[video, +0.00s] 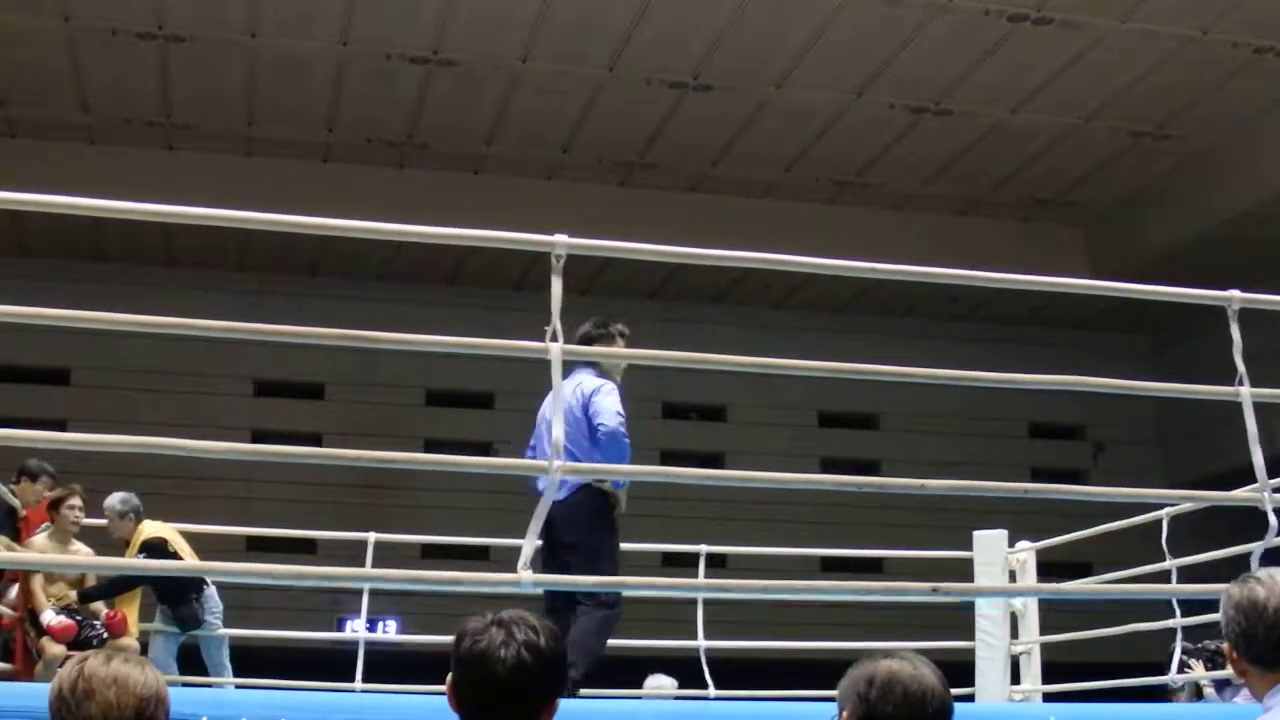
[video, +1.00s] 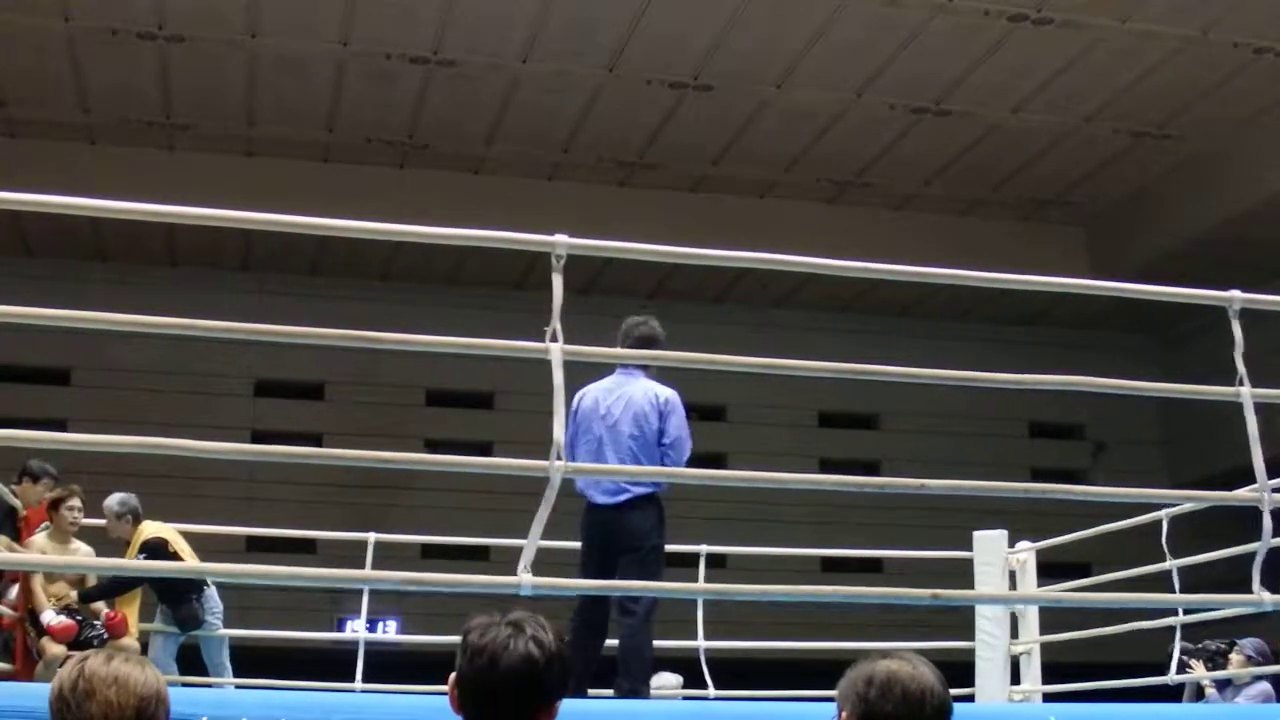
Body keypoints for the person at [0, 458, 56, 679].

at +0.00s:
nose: (46, 495)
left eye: (49, 490)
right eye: (44, 488)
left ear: (26, 482)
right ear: (24, 481)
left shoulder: (18, 509)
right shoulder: (6, 506)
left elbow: (12, 542)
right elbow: (4, 542)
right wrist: (30, 557)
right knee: (13, 618)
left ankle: (20, 663)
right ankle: (13, 664)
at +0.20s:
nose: (46, 495)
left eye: (49, 490)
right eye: (45, 488)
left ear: (26, 482)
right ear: (25, 481)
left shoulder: (18, 510)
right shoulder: (6, 507)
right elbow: (4, 543)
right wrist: (31, 557)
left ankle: (21, 663)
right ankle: (12, 664)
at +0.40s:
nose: (46, 496)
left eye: (49, 491)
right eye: (44, 489)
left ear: (26, 483)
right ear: (25, 482)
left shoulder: (18, 509)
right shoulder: (6, 507)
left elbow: (13, 543)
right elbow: (4, 544)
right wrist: (32, 559)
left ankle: (21, 663)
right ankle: (14, 664)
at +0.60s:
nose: (46, 496)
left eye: (49, 491)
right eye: (44, 489)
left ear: (26, 483)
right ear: (25, 482)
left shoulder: (18, 509)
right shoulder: (6, 506)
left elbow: (13, 542)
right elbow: (4, 545)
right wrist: (33, 559)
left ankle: (21, 663)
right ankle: (14, 664)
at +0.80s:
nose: (46, 496)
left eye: (49, 491)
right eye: (44, 489)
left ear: (26, 483)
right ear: (25, 482)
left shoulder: (17, 508)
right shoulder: (6, 506)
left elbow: (11, 542)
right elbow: (5, 544)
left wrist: (30, 555)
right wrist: (32, 558)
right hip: (6, 583)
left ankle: (22, 663)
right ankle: (15, 664)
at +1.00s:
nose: (46, 497)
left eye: (49, 492)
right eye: (44, 489)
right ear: (26, 482)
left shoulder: (18, 509)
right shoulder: (7, 506)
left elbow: (12, 541)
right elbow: (4, 543)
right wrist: (32, 557)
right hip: (6, 584)